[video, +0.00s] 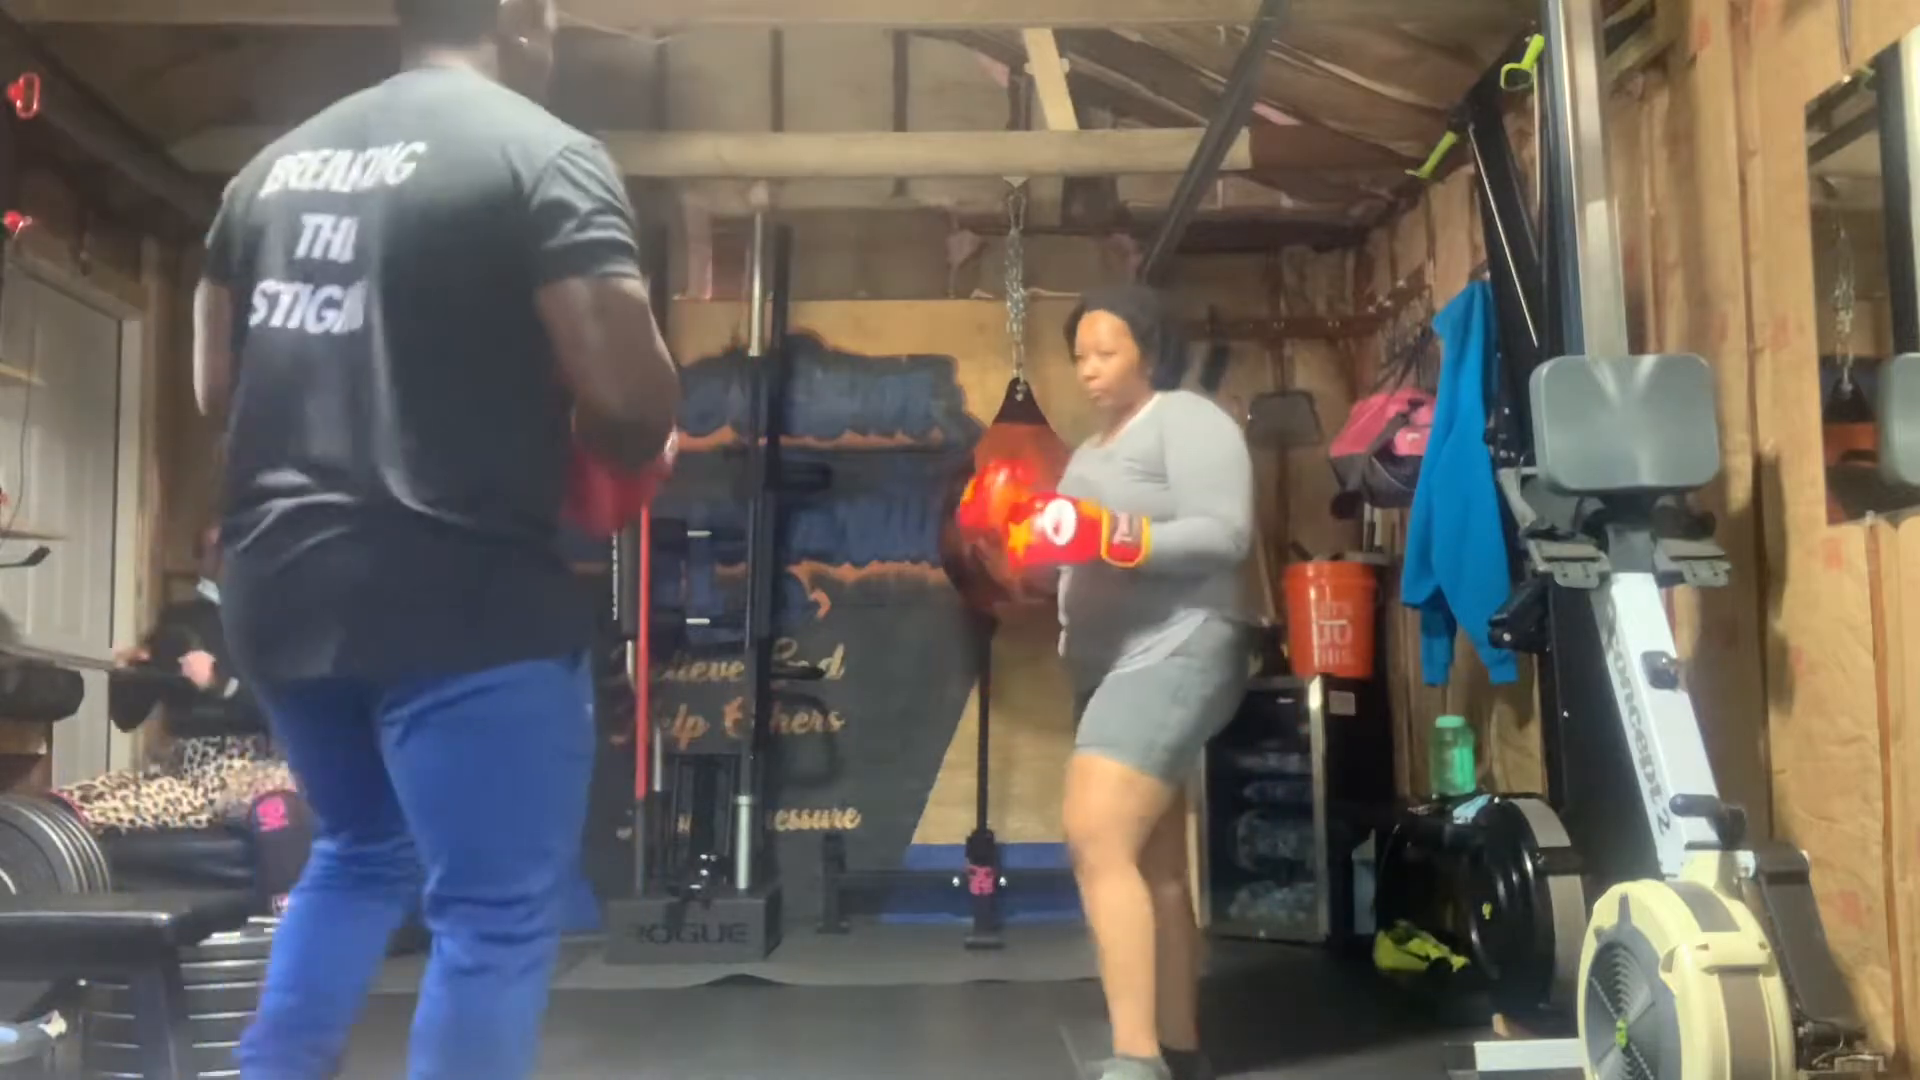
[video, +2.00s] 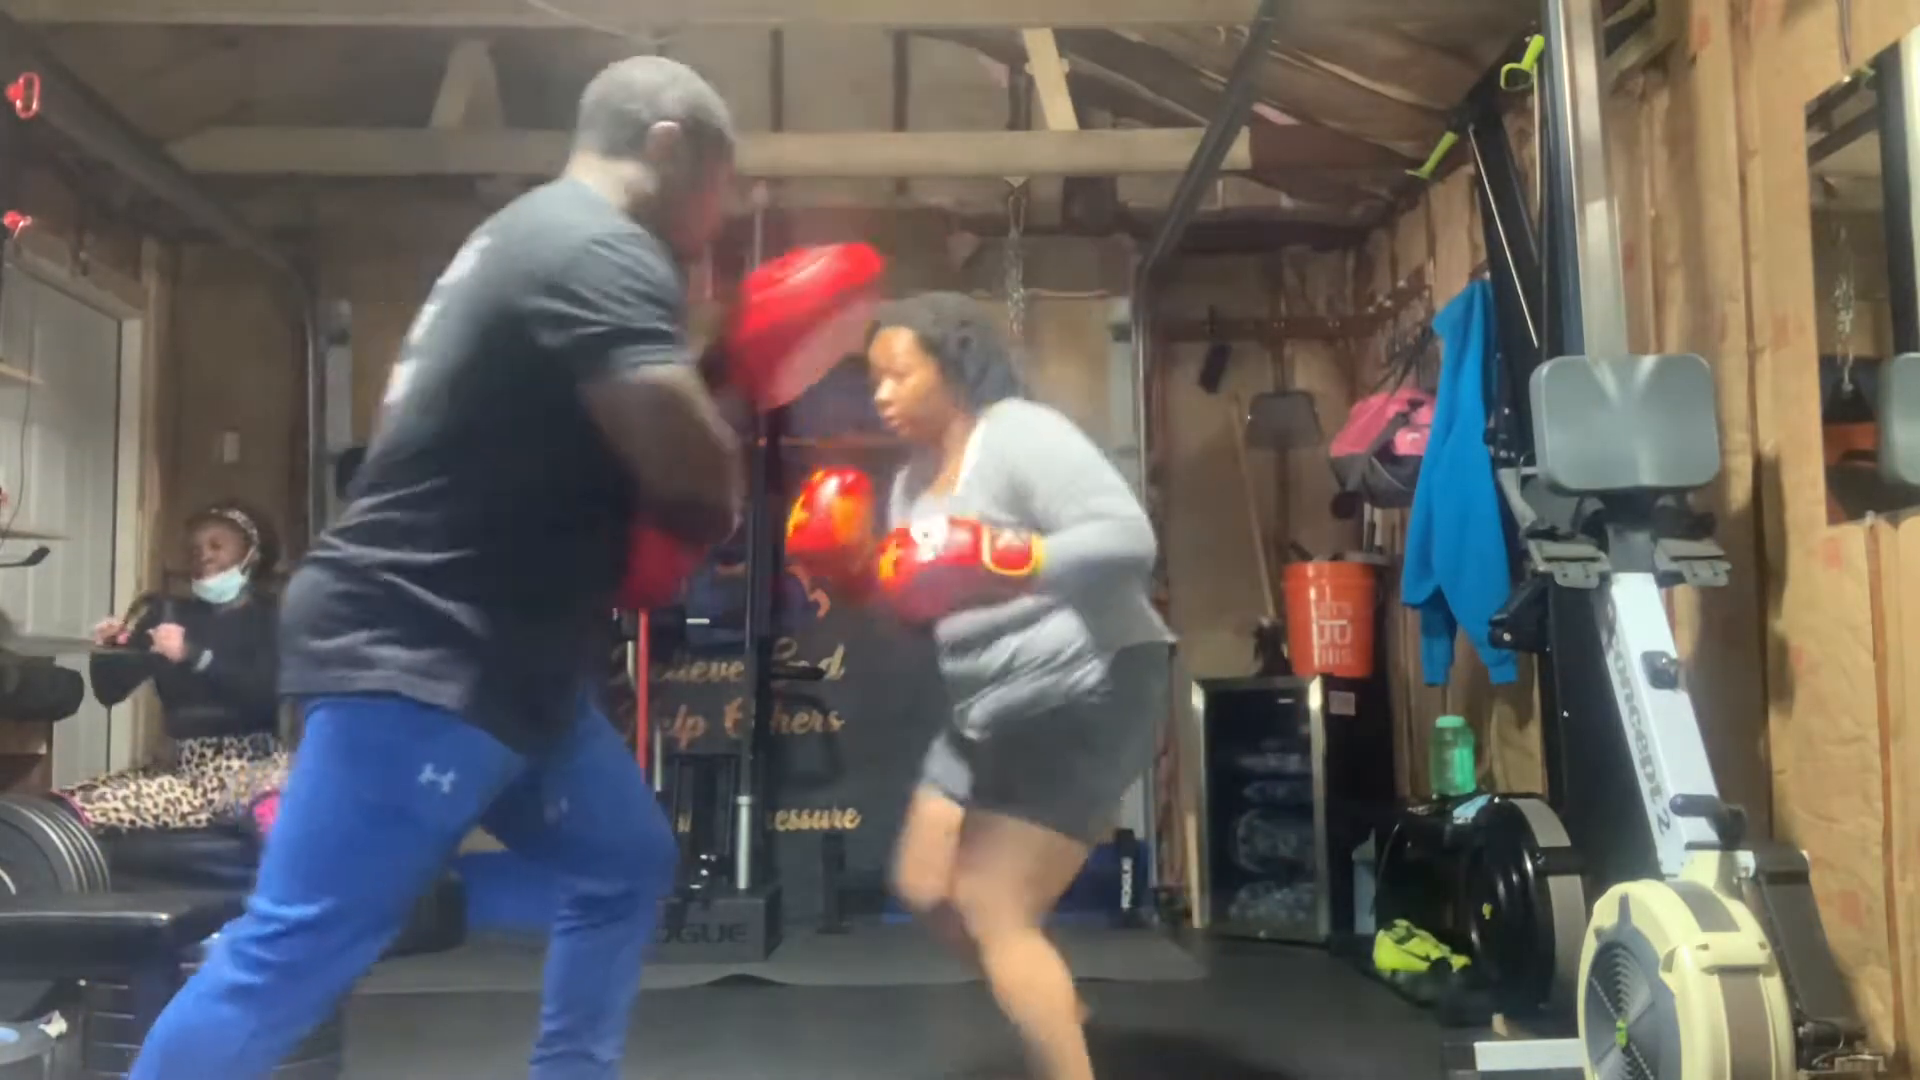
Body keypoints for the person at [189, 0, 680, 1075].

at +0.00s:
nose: (556, 34)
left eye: (553, 19)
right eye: (551, 19)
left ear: (406, 29)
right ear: (519, 23)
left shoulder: (266, 171)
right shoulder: (544, 151)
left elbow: (215, 389)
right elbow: (629, 395)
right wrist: (634, 447)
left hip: (280, 585)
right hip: (463, 586)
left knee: (359, 854)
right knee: (493, 924)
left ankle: (270, 1071)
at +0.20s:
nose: (578, 92)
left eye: (580, 71)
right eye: (575, 67)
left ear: (447, 51)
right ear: (532, 47)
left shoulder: (319, 180)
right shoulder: (523, 150)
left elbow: (248, 397)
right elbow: (587, 357)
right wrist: (656, 447)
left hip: (285, 566)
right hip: (436, 557)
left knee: (386, 890)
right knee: (471, 922)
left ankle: (379, 1074)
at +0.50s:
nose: (580, 160)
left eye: (586, 136)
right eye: (579, 128)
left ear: (471, 97)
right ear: (527, 94)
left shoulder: (402, 175)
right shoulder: (476, 149)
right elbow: (492, 319)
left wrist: (575, 406)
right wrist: (620, 428)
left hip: (308, 558)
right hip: (388, 562)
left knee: (405, 899)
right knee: (426, 906)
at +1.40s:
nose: (622, 161)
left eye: (630, 136)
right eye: (623, 128)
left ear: (538, 89)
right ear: (568, 87)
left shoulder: (497, 200)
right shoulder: (459, 172)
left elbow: (506, 411)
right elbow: (515, 393)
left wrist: (591, 314)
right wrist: (646, 429)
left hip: (468, 616)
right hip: (386, 608)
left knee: (534, 895)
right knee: (382, 928)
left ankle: (521, 1069)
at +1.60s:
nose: (684, 169)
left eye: (691, 143)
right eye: (684, 137)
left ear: (609, 105)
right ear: (629, 100)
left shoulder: (564, 222)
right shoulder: (506, 176)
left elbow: (607, 367)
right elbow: (518, 381)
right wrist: (665, 428)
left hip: (487, 621)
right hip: (379, 602)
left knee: (538, 904)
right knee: (335, 920)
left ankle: (524, 1073)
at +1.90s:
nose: (676, 209)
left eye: (683, 182)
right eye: (677, 175)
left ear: (585, 130)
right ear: (626, 132)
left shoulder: (557, 247)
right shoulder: (516, 220)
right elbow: (567, 438)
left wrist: (652, 410)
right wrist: (670, 501)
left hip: (488, 658)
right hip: (380, 644)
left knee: (607, 859)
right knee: (270, 949)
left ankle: (557, 1069)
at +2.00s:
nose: (724, 210)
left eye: (729, 186)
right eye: (723, 180)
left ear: (611, 141)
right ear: (670, 144)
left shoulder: (545, 233)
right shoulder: (593, 244)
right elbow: (701, 488)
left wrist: (713, 370)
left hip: (511, 656)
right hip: (421, 645)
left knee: (625, 864)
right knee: (295, 949)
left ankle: (574, 1071)